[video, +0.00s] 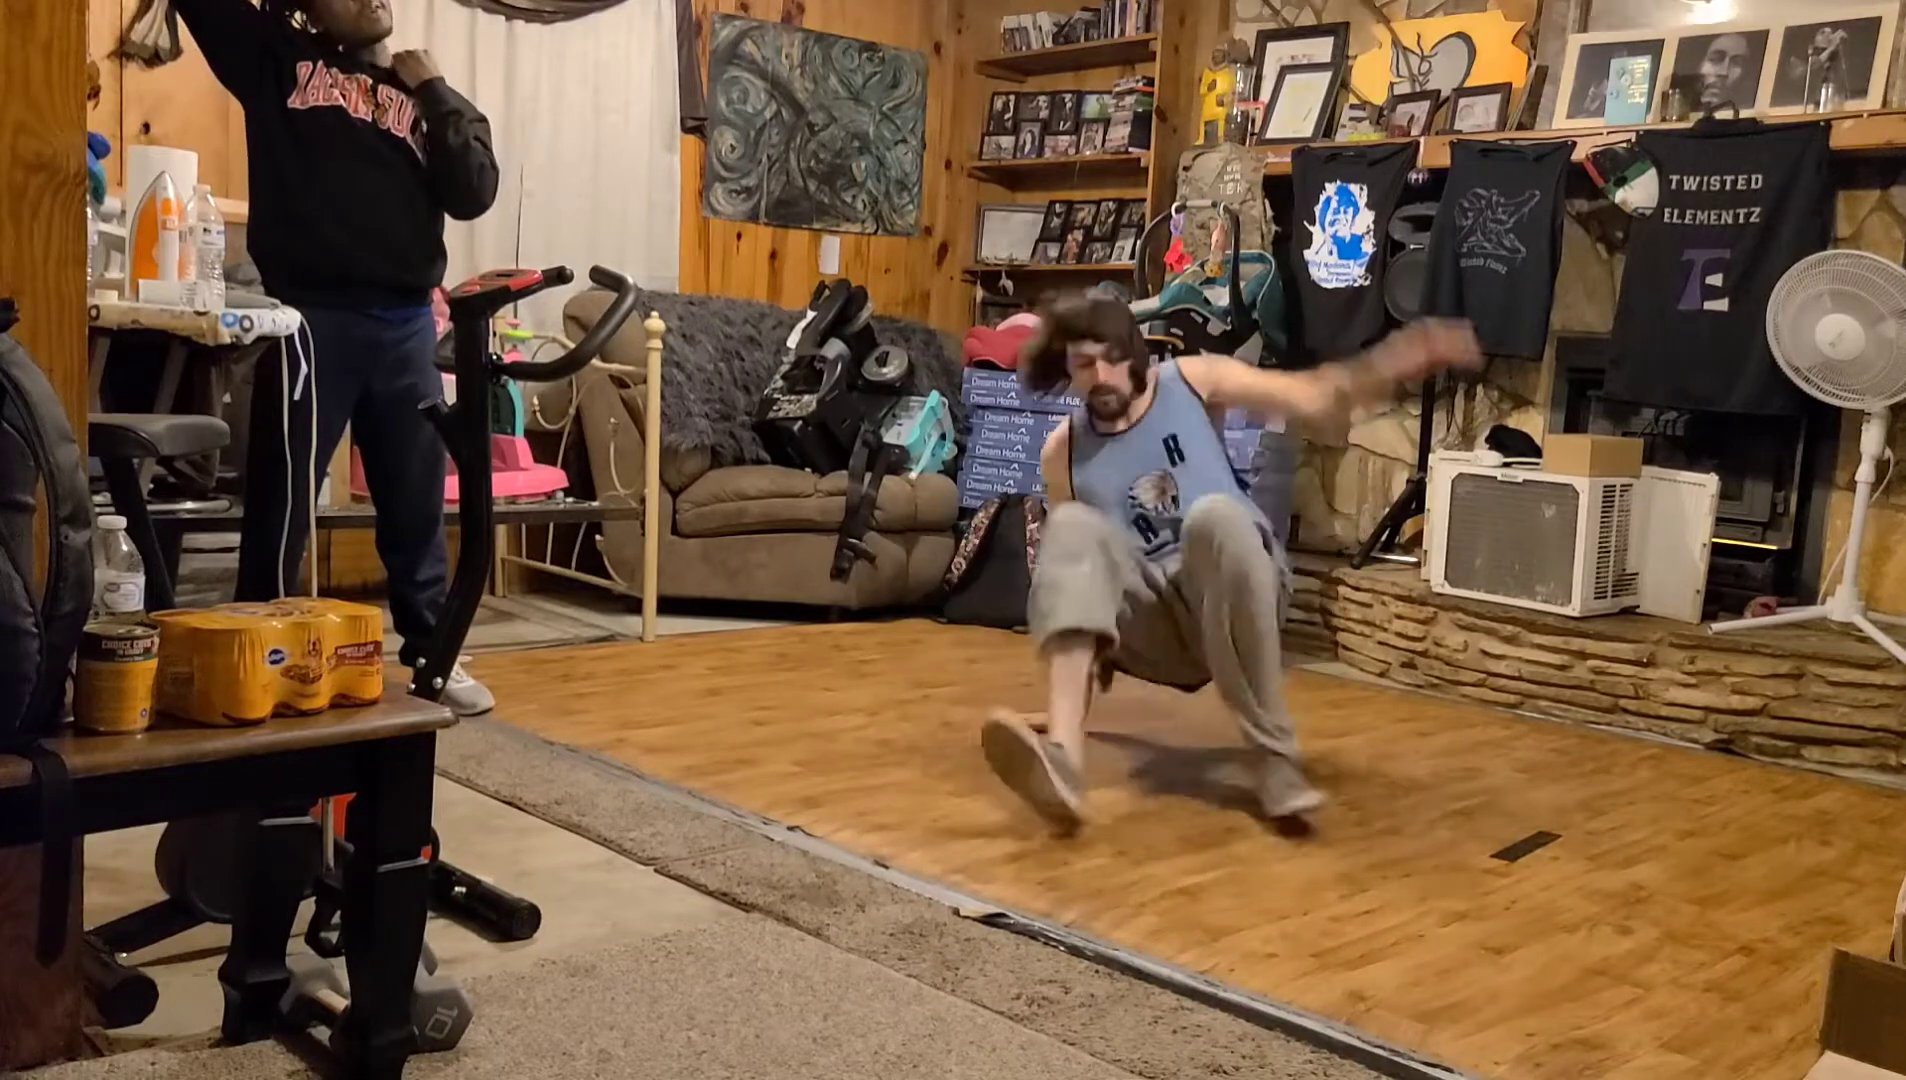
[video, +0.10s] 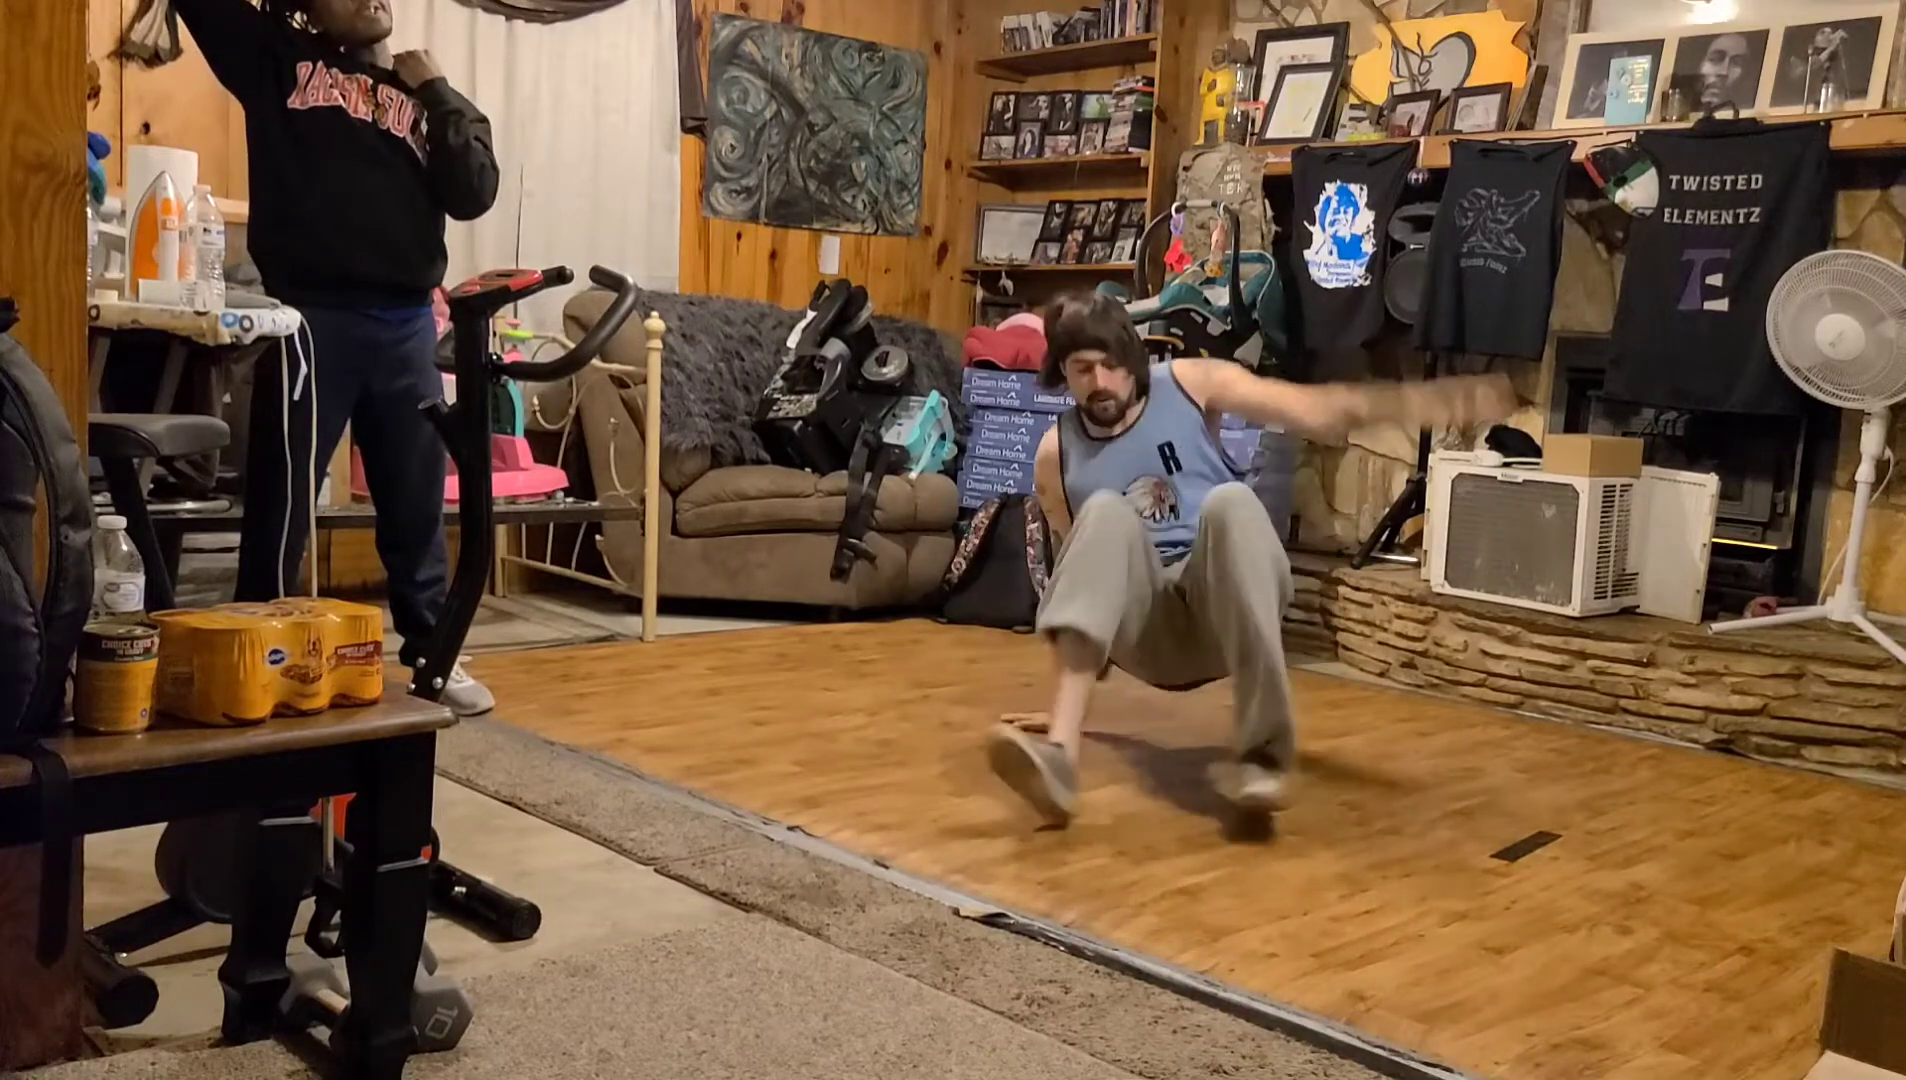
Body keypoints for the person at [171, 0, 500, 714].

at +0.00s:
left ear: (383, 10)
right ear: (308, 9)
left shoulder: (417, 94)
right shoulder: (275, 57)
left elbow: (472, 196)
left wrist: (435, 93)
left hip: (405, 325)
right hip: (308, 320)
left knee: (415, 503)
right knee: (282, 502)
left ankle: (433, 657)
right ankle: (258, 662)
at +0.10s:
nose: (377, 0)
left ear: (383, 10)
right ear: (307, 10)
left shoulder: (417, 94)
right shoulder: (275, 58)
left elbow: (472, 197)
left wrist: (437, 93)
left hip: (405, 326)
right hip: (308, 320)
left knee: (415, 503)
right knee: (282, 502)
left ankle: (433, 657)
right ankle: (257, 662)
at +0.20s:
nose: (377, 0)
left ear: (384, 9)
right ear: (308, 10)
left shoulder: (416, 95)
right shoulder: (275, 59)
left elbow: (472, 197)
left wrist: (438, 94)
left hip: (405, 326)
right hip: (308, 320)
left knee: (415, 503)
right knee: (282, 502)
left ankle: (433, 657)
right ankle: (257, 662)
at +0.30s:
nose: (376, 1)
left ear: (382, 11)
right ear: (308, 11)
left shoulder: (416, 96)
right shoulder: (274, 59)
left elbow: (471, 198)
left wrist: (437, 94)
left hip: (405, 326)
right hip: (308, 320)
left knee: (415, 503)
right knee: (282, 502)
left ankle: (433, 657)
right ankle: (257, 661)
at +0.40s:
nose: (376, 1)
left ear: (383, 10)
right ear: (308, 10)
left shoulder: (418, 94)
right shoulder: (274, 58)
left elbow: (470, 194)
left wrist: (435, 91)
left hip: (404, 325)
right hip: (308, 320)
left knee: (415, 502)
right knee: (281, 502)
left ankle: (433, 657)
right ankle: (256, 661)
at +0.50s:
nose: (378, 3)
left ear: (385, 8)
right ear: (310, 10)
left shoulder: (419, 86)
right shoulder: (272, 56)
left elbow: (472, 181)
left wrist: (430, 79)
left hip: (403, 324)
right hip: (306, 319)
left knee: (415, 502)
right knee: (280, 502)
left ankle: (433, 657)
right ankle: (256, 661)